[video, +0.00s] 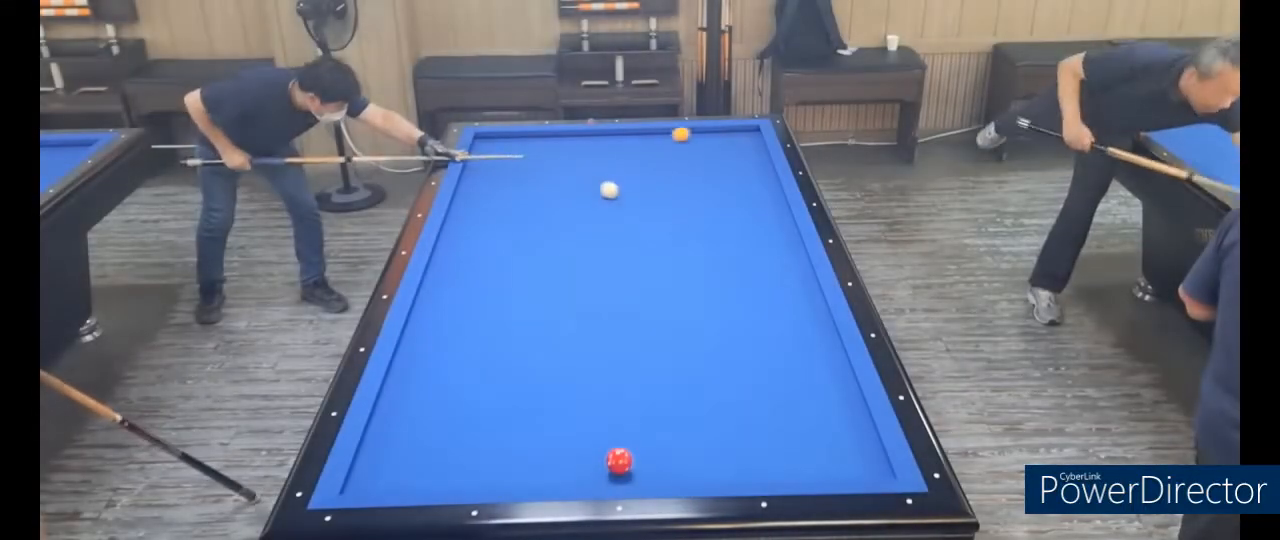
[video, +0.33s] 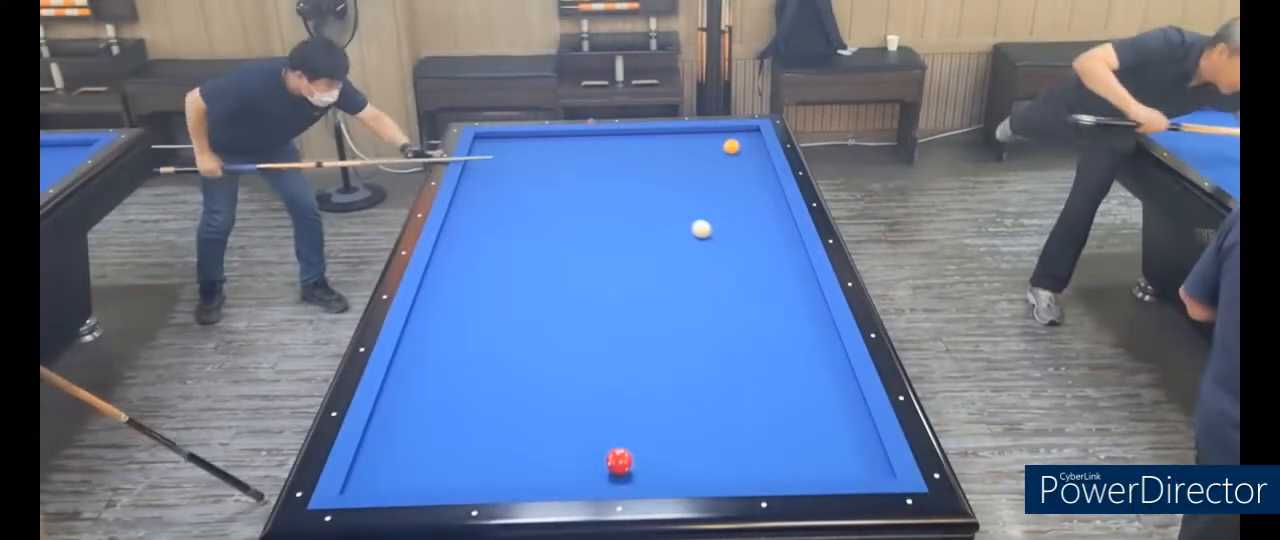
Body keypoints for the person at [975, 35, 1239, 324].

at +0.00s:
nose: (1227, 105)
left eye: (1233, 98)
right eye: (1225, 94)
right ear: (1196, 76)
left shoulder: (1215, 105)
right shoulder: (1146, 60)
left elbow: (1238, 139)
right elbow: (1069, 67)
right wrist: (1071, 123)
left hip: (1112, 133)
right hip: (1076, 103)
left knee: (1081, 209)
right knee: (1027, 117)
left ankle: (1044, 287)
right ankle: (999, 129)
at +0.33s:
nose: (1241, 80)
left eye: (1244, 70)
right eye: (1241, 68)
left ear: (1225, 56)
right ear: (1222, 52)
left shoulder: (1219, 91)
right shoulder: (1170, 45)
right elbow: (1087, 64)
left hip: (1117, 128)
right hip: (1078, 101)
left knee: (1085, 201)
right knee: (1038, 120)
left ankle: (1045, 287)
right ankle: (1013, 126)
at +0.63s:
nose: (1242, 57)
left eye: (1245, 51)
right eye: (1243, 48)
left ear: (1238, 32)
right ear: (1238, 33)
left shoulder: (1223, 60)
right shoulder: (1187, 38)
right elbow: (1131, 73)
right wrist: (1194, 105)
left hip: (1119, 130)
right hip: (1080, 105)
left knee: (1083, 210)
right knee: (1027, 171)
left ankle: (1045, 287)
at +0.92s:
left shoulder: (1227, 25)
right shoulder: (1211, 31)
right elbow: (1162, 78)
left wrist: (1232, 88)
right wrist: (1227, 97)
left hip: (1124, 130)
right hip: (1102, 128)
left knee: (1079, 211)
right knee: (1092, 228)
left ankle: (1033, 287)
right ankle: (1101, 326)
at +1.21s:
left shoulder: (1205, 5)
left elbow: (1140, 18)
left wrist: (1169, 5)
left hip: (1126, 117)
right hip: (1160, 137)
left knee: (1088, 212)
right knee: (1139, 240)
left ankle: (1042, 284)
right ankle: (1129, 329)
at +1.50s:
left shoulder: (1179, 3)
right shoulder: (1236, 24)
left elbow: (1124, 34)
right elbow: (1236, 94)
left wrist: (1161, 29)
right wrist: (1224, 94)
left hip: (1120, 120)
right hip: (1158, 136)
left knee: (1088, 219)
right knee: (1137, 237)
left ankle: (1059, 301)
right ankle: (1130, 329)